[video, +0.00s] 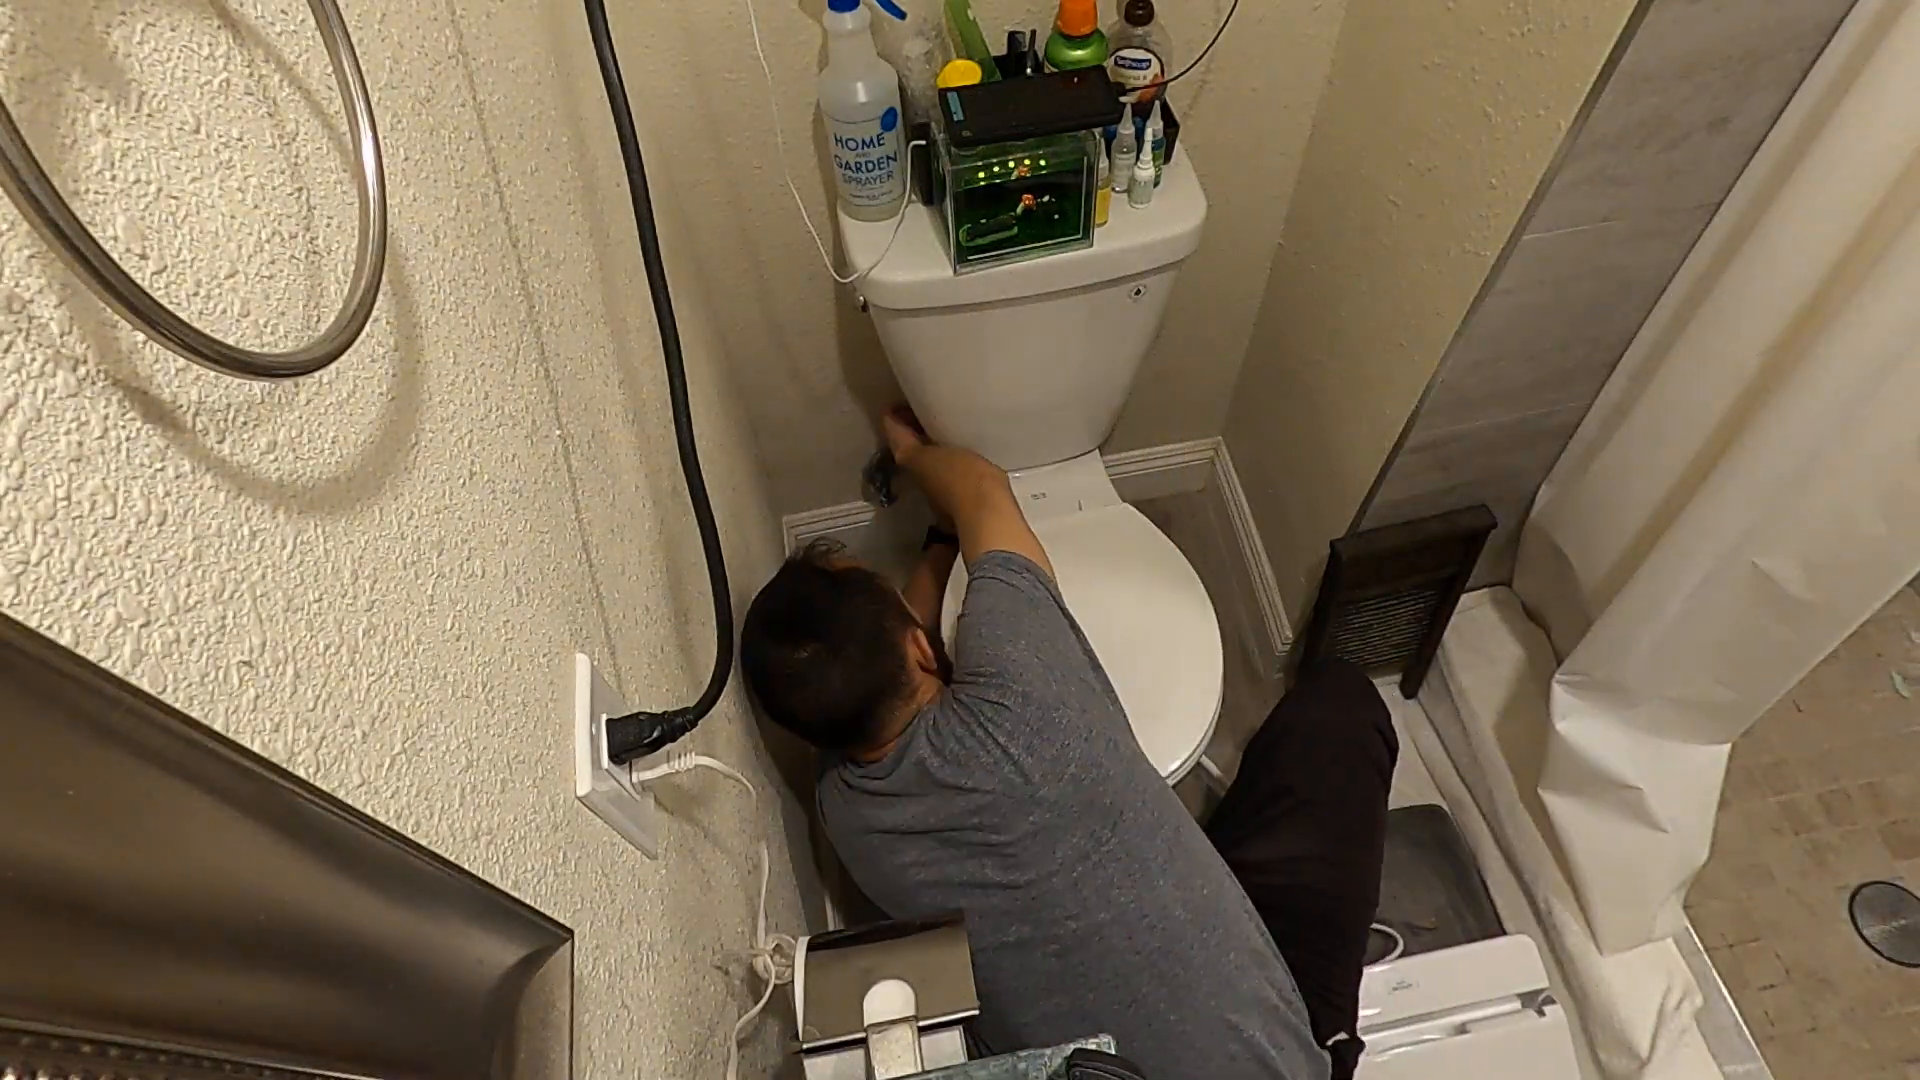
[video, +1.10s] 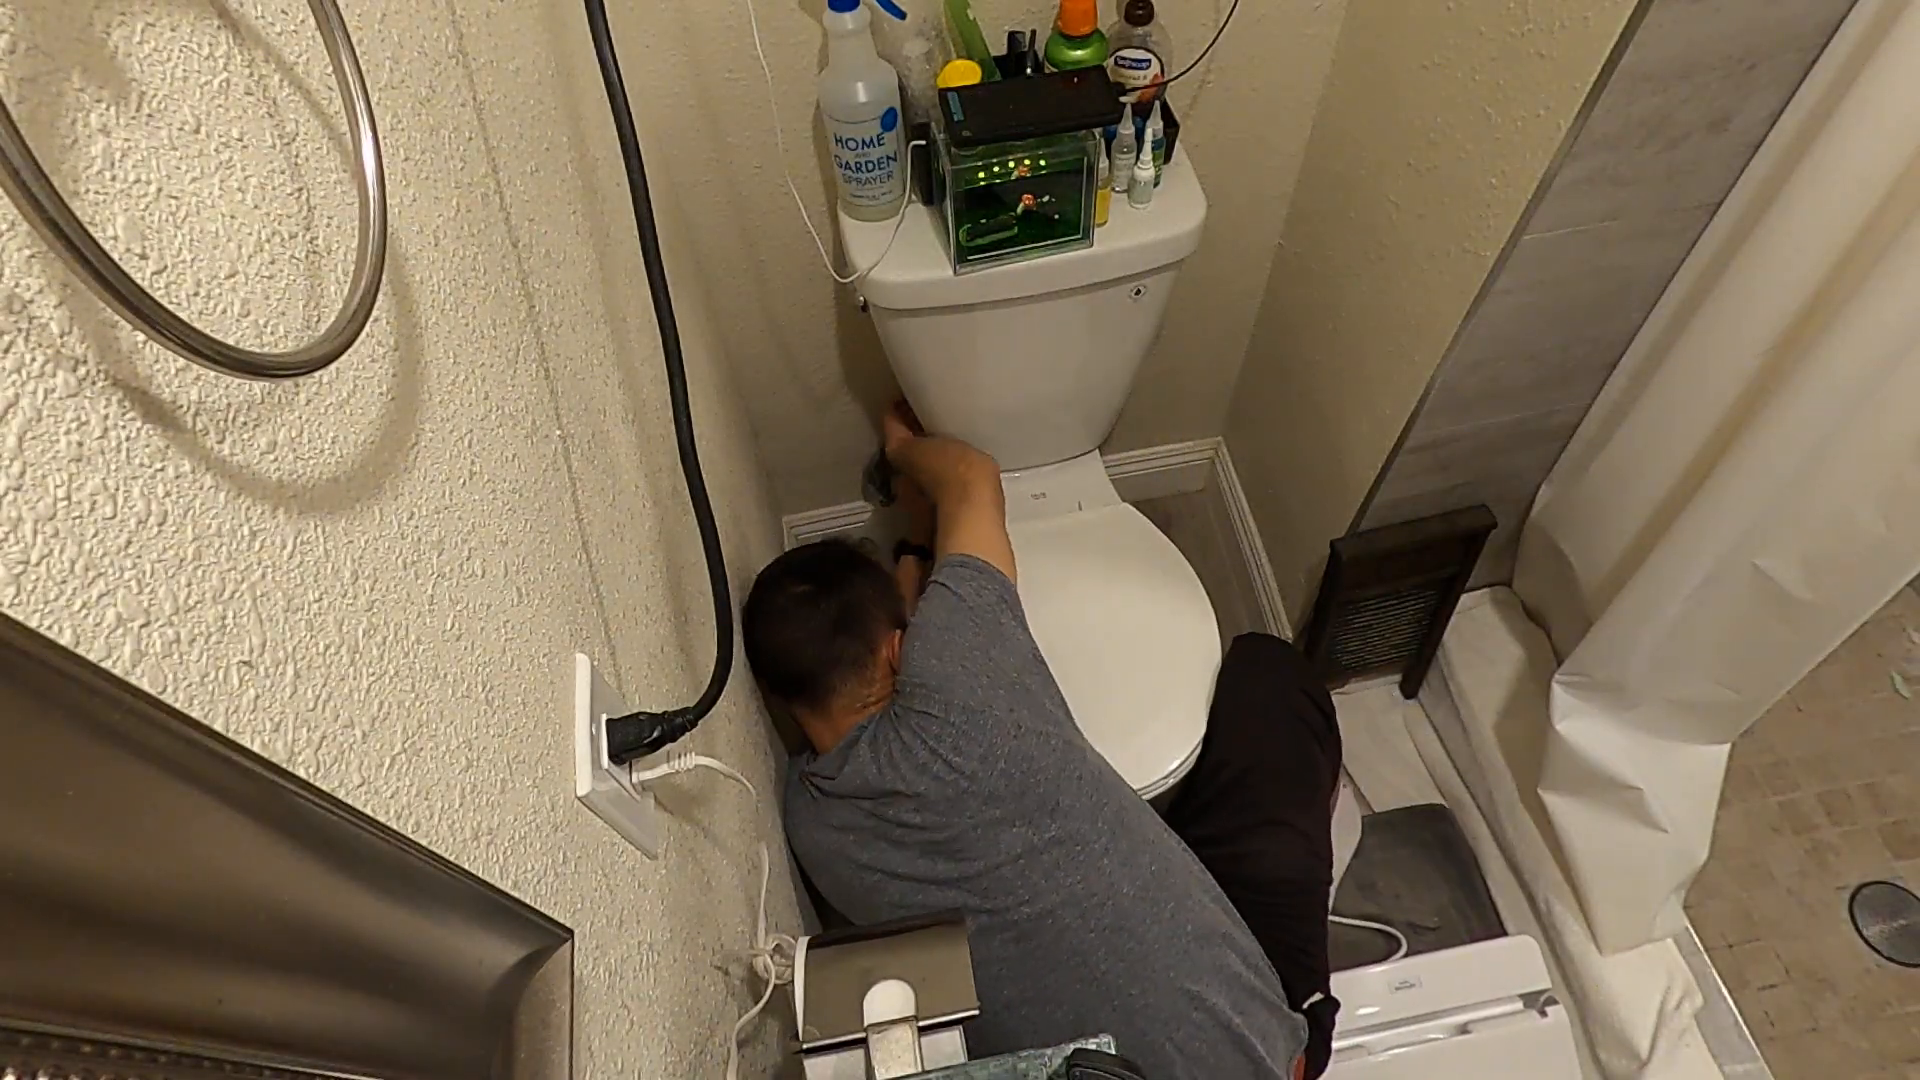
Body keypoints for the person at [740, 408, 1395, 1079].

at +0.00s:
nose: (902, 594)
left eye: (879, 580)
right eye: (885, 587)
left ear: (807, 725)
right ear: (920, 647)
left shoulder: (847, 823)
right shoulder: (1031, 694)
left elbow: (907, 668)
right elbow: (979, 493)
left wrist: (940, 549)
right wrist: (913, 448)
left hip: (1067, 1063)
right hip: (1261, 1047)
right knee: (1336, 695)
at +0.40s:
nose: (873, 581)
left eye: (872, 591)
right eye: (870, 594)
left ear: (809, 735)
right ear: (936, 670)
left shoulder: (852, 830)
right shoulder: (1056, 698)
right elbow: (1055, 511)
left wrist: (891, 602)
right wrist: (903, 473)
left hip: (1064, 1068)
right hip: (1264, 1054)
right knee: (1296, 683)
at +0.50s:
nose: (887, 581)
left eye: (885, 592)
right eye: (890, 601)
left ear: (805, 725)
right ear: (934, 670)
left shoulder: (842, 827)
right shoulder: (1058, 702)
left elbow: (812, 703)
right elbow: (1107, 500)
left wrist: (870, 571)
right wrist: (928, 466)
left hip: (1056, 1065)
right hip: (1256, 1050)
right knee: (1281, 679)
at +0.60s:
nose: (915, 607)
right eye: (906, 594)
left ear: (798, 693)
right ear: (906, 624)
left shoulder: (821, 809)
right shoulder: (1004, 682)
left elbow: (912, 643)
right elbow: (987, 459)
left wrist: (939, 531)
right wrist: (900, 432)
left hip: (1066, 1070)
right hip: (1256, 1054)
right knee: (1269, 672)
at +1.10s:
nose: (911, 618)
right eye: (906, 605)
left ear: (775, 698)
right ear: (894, 648)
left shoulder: (808, 832)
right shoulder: (965, 675)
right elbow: (969, 478)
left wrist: (900, 602)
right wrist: (902, 443)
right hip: (1259, 1048)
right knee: (1262, 662)